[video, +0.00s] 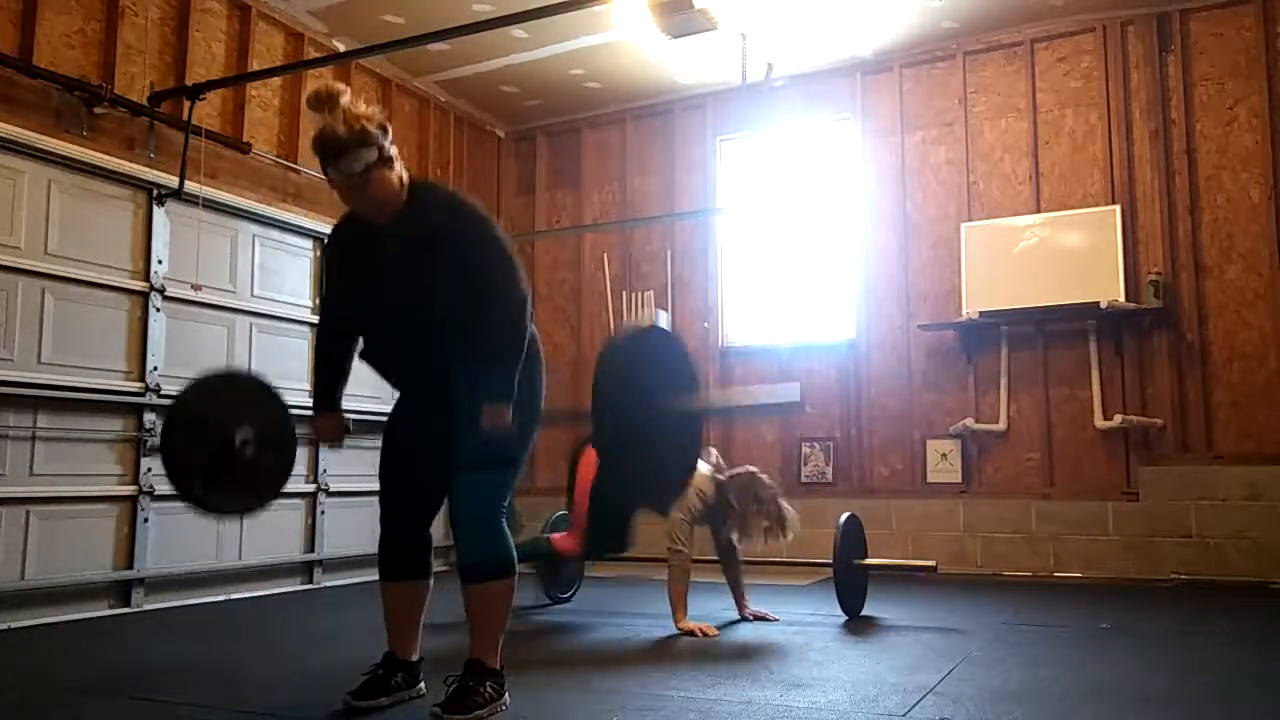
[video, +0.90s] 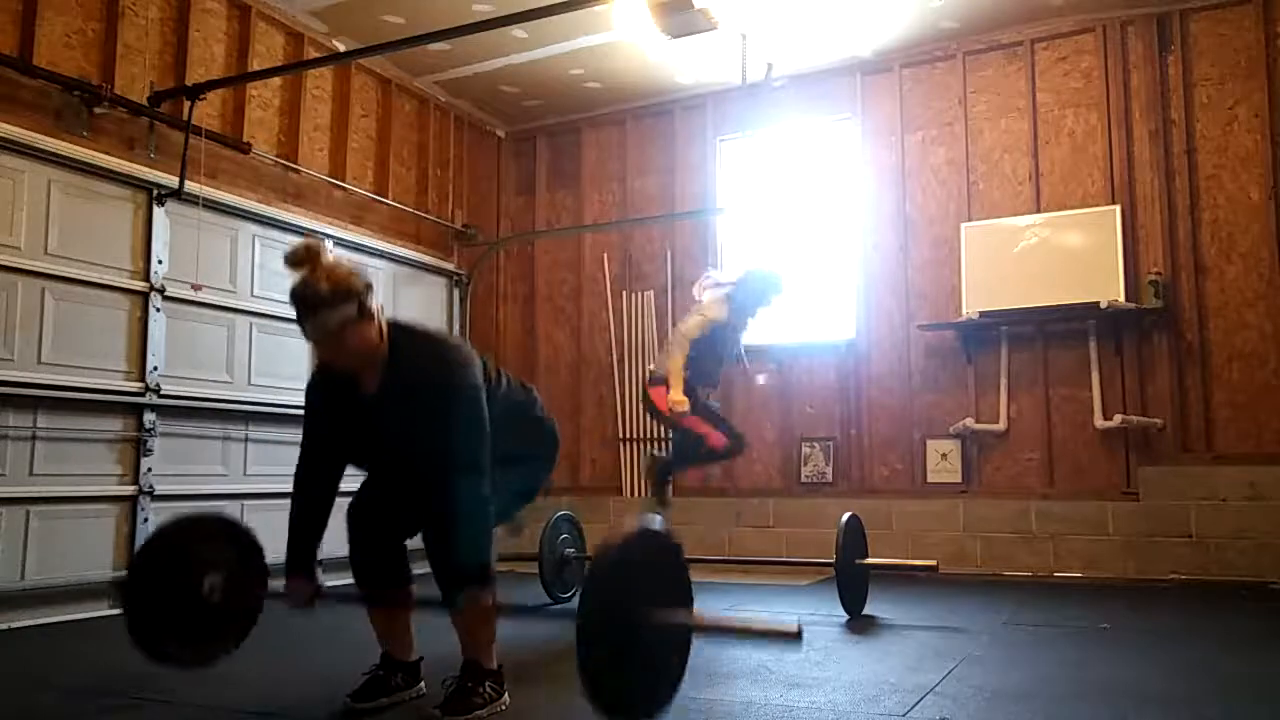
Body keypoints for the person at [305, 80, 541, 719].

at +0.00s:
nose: (372, 186)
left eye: (378, 168)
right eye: (354, 179)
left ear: (395, 155)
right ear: (333, 183)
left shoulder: (450, 217)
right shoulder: (345, 245)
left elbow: (508, 297)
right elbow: (335, 327)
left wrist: (498, 390)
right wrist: (327, 403)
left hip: (495, 379)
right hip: (424, 385)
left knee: (477, 512)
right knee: (401, 512)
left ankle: (486, 669)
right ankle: (403, 662)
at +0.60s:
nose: (325, 239)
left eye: (332, 224)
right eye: (316, 228)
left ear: (369, 205)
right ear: (313, 224)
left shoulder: (437, 253)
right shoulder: (332, 277)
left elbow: (491, 342)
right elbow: (328, 359)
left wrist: (491, 430)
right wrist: (318, 438)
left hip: (494, 393)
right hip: (422, 401)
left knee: (479, 517)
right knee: (402, 517)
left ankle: (485, 669)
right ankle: (403, 662)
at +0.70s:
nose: (326, 281)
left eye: (335, 263)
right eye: (317, 267)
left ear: (369, 246)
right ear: (311, 263)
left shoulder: (442, 293)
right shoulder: (330, 314)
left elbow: (482, 393)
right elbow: (321, 400)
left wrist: (482, 482)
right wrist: (310, 484)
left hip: (500, 409)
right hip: (422, 419)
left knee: (475, 515)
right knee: (394, 514)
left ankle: (485, 670)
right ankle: (401, 664)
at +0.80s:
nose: (329, 318)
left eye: (338, 301)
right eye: (319, 305)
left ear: (372, 283)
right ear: (310, 300)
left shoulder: (444, 331)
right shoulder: (330, 350)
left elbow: (472, 441)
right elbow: (318, 440)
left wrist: (479, 532)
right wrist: (305, 528)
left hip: (505, 433)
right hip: (423, 443)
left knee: (463, 534)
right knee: (382, 515)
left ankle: (483, 672)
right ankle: (400, 665)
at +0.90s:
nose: (332, 351)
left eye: (341, 334)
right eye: (320, 340)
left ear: (371, 318)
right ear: (310, 338)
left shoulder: (446, 365)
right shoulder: (329, 386)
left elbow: (470, 483)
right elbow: (316, 476)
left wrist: (476, 581)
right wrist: (300, 564)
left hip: (514, 450)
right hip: (427, 459)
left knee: (448, 532)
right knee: (369, 519)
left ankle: (482, 674)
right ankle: (399, 666)